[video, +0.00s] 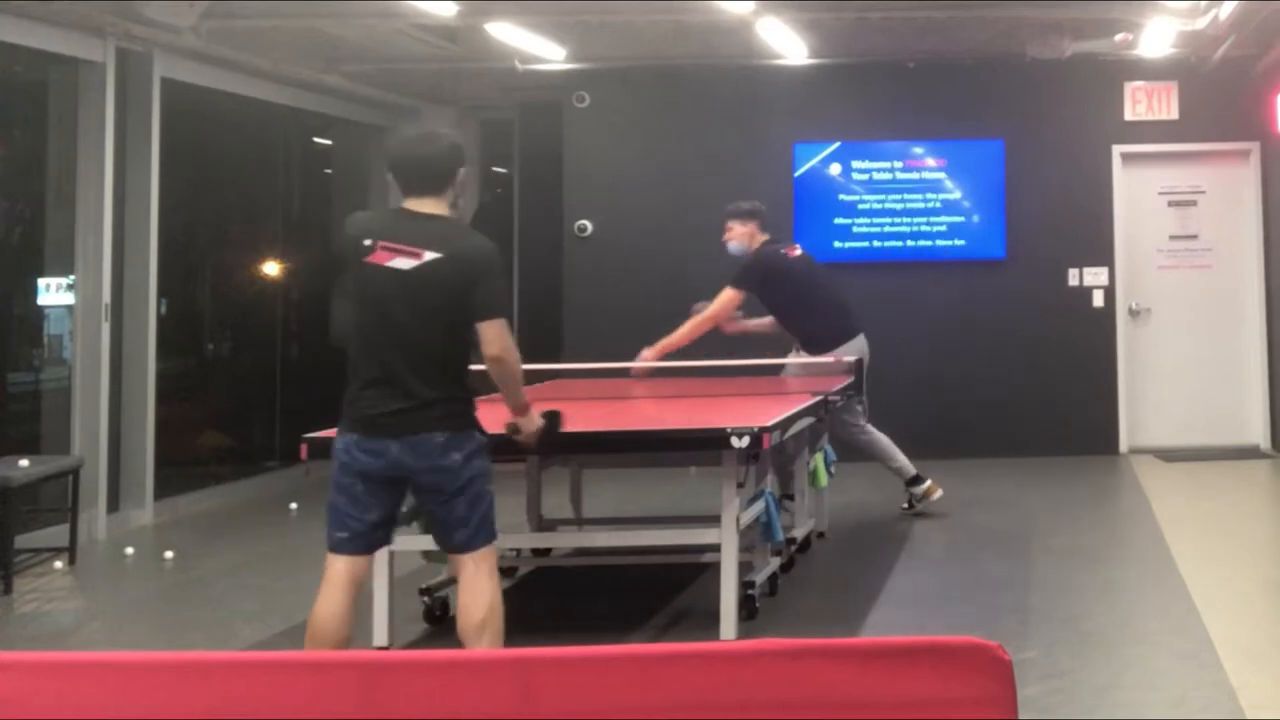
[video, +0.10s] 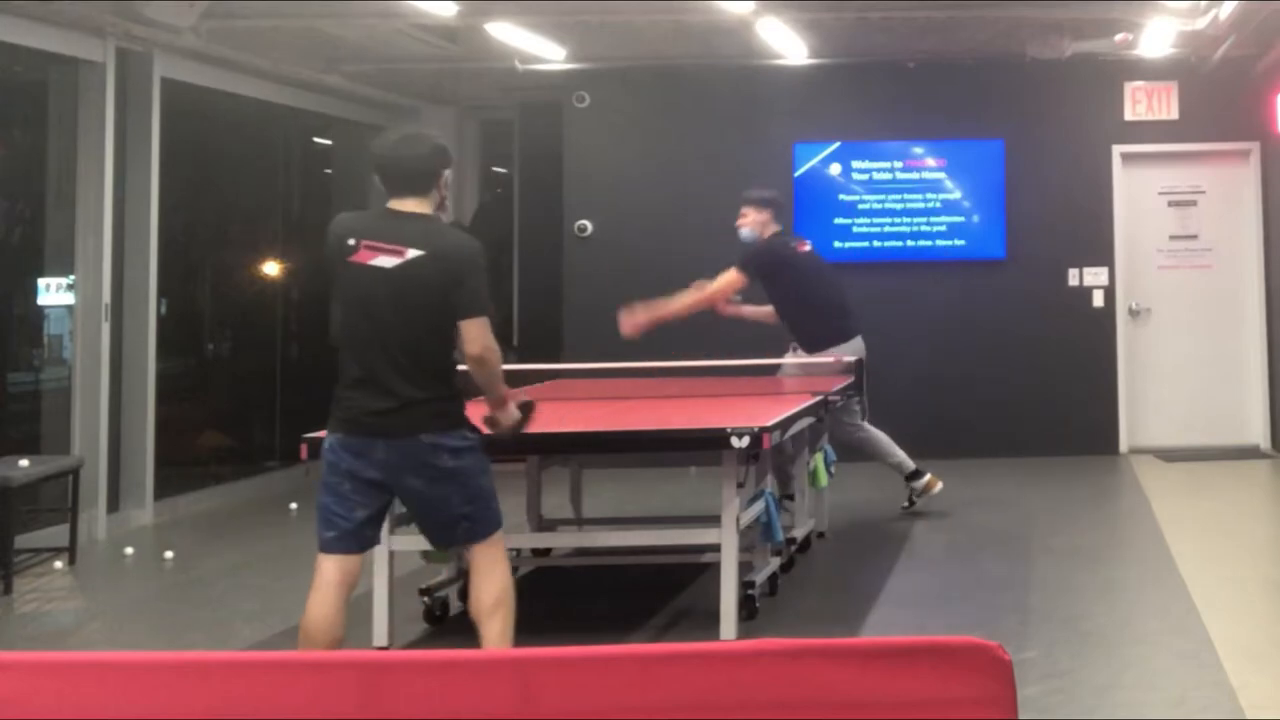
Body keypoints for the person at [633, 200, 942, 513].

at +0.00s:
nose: (725, 237)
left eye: (730, 229)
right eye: (725, 230)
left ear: (754, 229)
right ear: (756, 231)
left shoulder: (756, 262)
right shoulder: (787, 253)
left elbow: (711, 316)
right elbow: (790, 319)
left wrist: (658, 350)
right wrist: (739, 326)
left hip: (821, 356)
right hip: (853, 347)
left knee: (783, 427)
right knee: (851, 424)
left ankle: (784, 501)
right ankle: (918, 483)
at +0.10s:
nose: (739, 221)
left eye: (748, 214)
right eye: (739, 215)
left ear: (771, 219)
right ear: (765, 220)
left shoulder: (767, 252)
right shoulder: (795, 248)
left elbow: (711, 291)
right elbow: (785, 314)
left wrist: (649, 313)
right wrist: (735, 308)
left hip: (823, 356)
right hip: (845, 349)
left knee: (781, 432)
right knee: (849, 425)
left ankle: (785, 507)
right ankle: (917, 477)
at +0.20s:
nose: (758, 209)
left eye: (766, 203)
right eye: (759, 203)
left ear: (787, 208)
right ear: (788, 211)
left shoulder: (779, 240)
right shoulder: (810, 243)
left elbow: (716, 260)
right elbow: (792, 306)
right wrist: (739, 296)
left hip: (814, 354)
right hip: (846, 350)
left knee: (784, 427)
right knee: (847, 426)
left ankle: (784, 502)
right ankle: (917, 475)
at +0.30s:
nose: (771, 205)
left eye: (779, 200)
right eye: (772, 199)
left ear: (800, 206)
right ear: (802, 210)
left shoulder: (790, 233)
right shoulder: (821, 243)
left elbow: (721, 233)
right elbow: (799, 303)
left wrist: (668, 201)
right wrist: (744, 291)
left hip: (816, 352)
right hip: (850, 349)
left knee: (784, 429)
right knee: (847, 426)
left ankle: (791, 520)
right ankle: (918, 476)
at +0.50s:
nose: (808, 192)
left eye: (817, 187)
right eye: (811, 187)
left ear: (836, 198)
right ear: (834, 200)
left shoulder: (825, 227)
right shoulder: (848, 239)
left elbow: (763, 211)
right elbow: (822, 302)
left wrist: (717, 173)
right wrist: (766, 302)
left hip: (835, 345)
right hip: (868, 344)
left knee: (796, 420)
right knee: (874, 422)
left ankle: (790, 502)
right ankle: (935, 486)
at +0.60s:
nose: (821, 190)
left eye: (829, 185)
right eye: (824, 184)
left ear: (847, 197)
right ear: (846, 199)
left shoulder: (838, 229)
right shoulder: (857, 237)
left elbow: (775, 220)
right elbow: (840, 301)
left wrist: (730, 185)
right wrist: (788, 323)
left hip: (848, 342)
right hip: (880, 341)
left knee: (806, 413)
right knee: (885, 420)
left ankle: (788, 497)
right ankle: (939, 490)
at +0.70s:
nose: (829, 188)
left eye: (838, 184)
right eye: (832, 182)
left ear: (855, 196)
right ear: (852, 198)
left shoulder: (846, 230)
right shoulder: (863, 234)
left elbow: (790, 238)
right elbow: (862, 300)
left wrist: (747, 212)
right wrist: (826, 341)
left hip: (862, 342)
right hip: (888, 339)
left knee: (814, 411)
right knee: (887, 421)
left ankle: (795, 494)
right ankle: (939, 490)